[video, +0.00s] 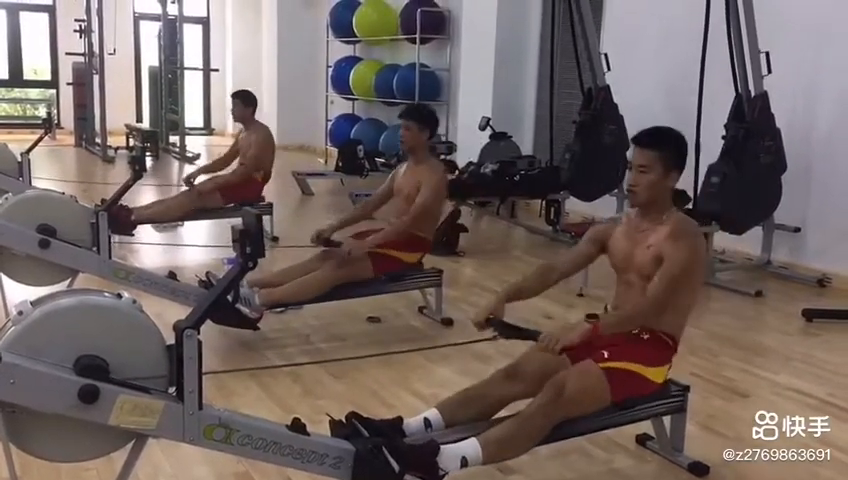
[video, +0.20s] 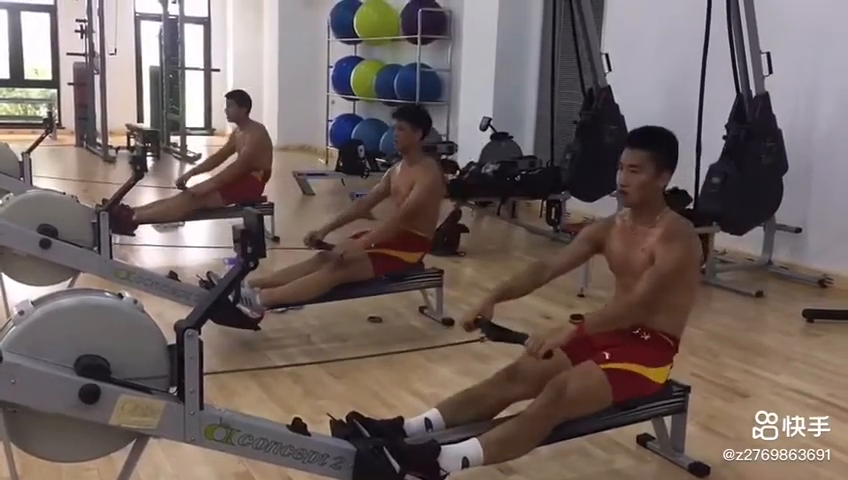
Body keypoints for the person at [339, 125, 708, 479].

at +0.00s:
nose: (632, 179)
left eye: (644, 171)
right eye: (631, 169)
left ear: (674, 177)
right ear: (629, 172)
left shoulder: (684, 238)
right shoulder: (614, 229)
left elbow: (645, 312)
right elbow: (555, 269)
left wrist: (584, 331)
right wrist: (504, 298)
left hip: (649, 348)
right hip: (607, 332)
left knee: (557, 394)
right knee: (515, 374)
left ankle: (444, 462)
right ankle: (407, 430)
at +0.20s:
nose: (623, 179)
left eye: (636, 171)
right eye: (621, 169)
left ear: (664, 178)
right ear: (618, 171)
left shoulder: (679, 238)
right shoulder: (610, 227)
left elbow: (635, 306)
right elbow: (546, 268)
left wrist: (563, 334)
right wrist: (494, 297)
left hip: (649, 348)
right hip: (605, 331)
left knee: (557, 395)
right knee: (516, 375)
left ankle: (444, 462)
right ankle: (405, 430)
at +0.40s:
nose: (616, 179)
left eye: (628, 170)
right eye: (614, 168)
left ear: (657, 177)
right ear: (611, 171)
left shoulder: (673, 236)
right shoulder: (603, 227)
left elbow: (628, 299)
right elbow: (538, 267)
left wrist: (561, 331)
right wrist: (482, 297)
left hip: (650, 347)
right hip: (605, 329)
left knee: (554, 394)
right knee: (514, 375)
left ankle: (445, 461)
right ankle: (408, 431)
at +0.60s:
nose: (607, 178)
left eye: (619, 169)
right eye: (605, 167)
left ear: (648, 176)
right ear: (603, 170)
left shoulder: (663, 235)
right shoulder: (594, 226)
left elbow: (615, 299)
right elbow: (528, 265)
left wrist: (550, 325)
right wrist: (474, 290)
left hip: (646, 350)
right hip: (601, 331)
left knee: (553, 373)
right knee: (511, 360)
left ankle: (450, 458)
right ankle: (412, 429)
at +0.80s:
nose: (591, 178)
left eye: (603, 168)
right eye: (590, 167)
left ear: (635, 177)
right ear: (586, 169)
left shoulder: (648, 234)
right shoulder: (580, 224)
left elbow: (595, 295)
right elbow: (509, 264)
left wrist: (525, 329)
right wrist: (450, 292)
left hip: (637, 354)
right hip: (591, 329)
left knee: (542, 358)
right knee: (499, 342)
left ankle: (449, 456)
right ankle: (414, 428)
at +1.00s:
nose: (567, 176)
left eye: (579, 168)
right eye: (566, 166)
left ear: (611, 177)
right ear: (565, 168)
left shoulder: (625, 235)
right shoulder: (558, 224)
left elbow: (570, 289)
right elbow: (486, 262)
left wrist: (500, 323)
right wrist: (426, 288)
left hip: (621, 358)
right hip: (578, 339)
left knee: (530, 342)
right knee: (481, 327)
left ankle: (448, 455)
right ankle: (413, 426)